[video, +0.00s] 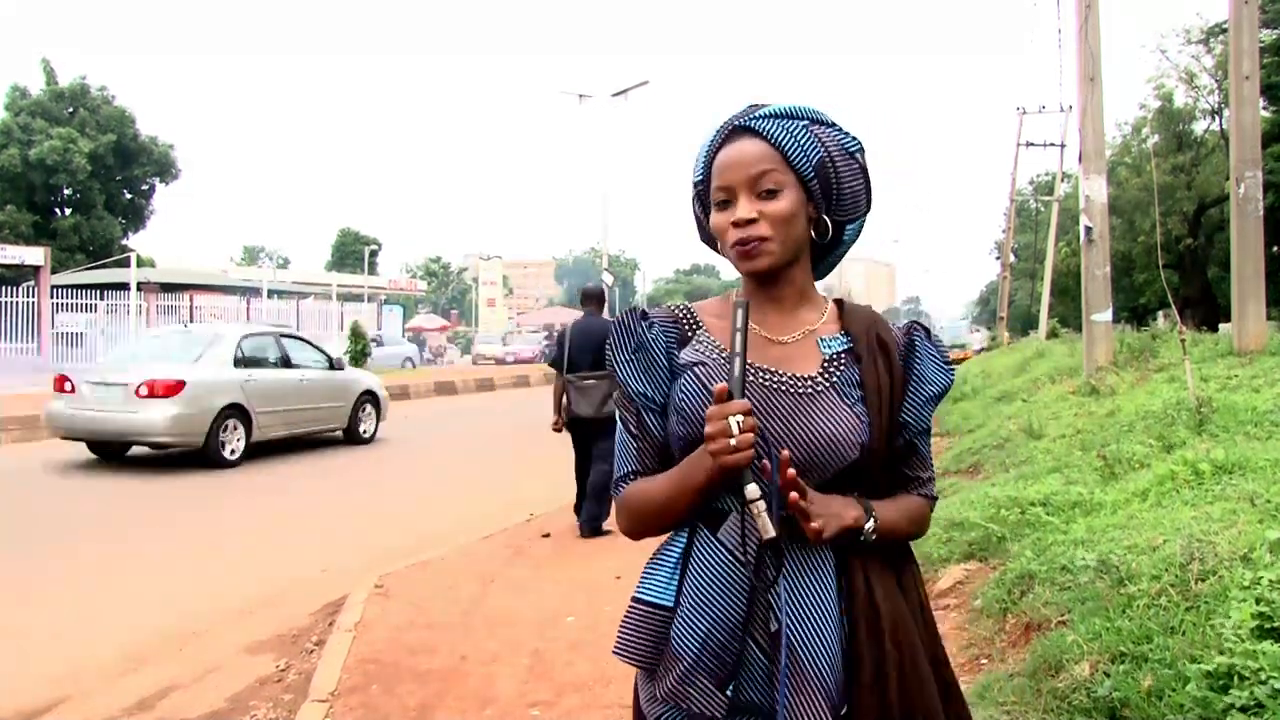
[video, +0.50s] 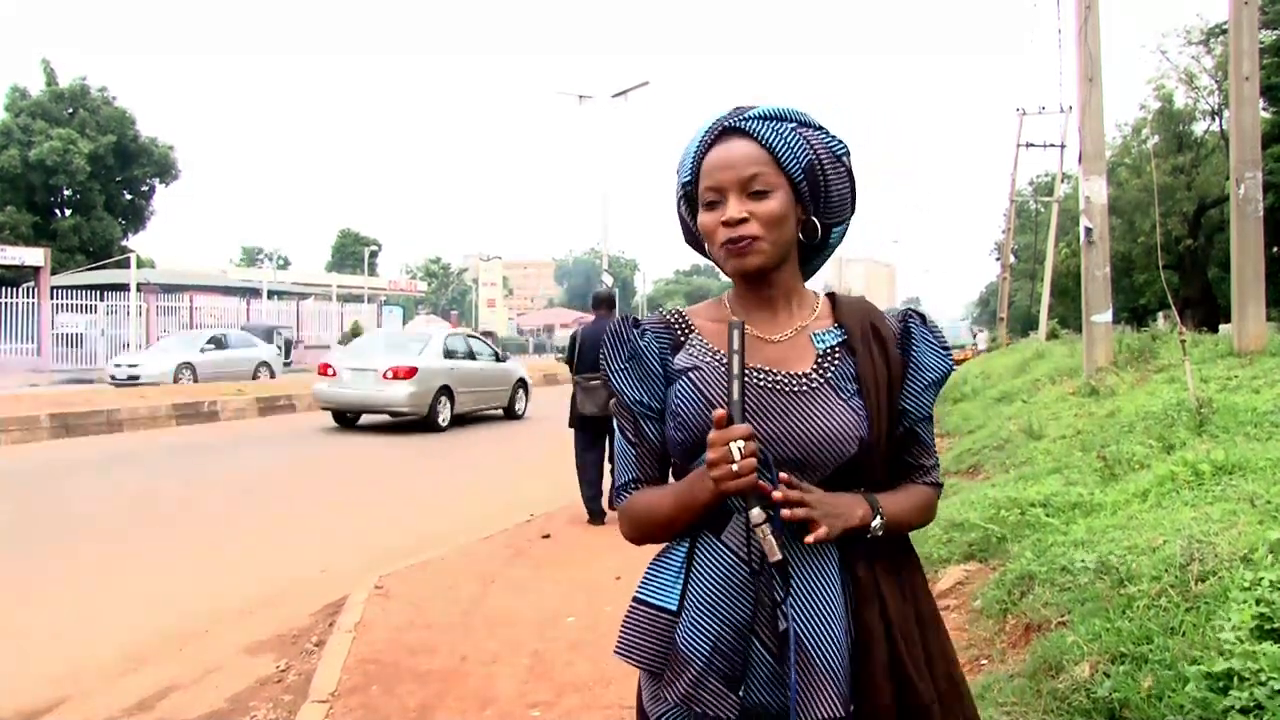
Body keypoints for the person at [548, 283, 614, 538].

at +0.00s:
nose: (598, 307)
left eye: (591, 302)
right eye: (602, 302)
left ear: (581, 304)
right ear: (604, 303)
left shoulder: (568, 333)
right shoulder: (614, 330)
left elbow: (560, 376)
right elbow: (625, 372)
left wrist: (556, 412)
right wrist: (629, 406)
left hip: (577, 406)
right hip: (607, 405)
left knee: (582, 459)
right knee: (603, 462)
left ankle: (582, 509)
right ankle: (591, 522)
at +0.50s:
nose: (604, 311)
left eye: (600, 307)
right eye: (610, 308)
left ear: (592, 308)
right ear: (614, 308)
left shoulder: (580, 334)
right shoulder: (623, 333)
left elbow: (571, 364)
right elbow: (629, 367)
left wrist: (584, 387)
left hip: (586, 403)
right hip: (618, 401)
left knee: (588, 456)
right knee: (620, 450)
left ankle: (595, 511)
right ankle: (619, 496)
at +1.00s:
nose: (625, 314)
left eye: (622, 309)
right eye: (630, 310)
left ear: (617, 309)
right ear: (637, 310)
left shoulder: (605, 334)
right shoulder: (644, 336)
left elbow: (596, 363)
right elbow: (649, 368)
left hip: (611, 400)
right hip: (637, 399)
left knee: (612, 444)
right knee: (634, 444)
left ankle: (611, 480)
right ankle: (627, 493)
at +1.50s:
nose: (638, 314)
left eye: (634, 310)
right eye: (642, 310)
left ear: (629, 311)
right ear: (647, 310)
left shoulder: (619, 334)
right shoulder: (654, 334)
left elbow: (612, 366)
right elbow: (661, 365)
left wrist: (614, 397)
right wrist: (661, 391)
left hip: (624, 401)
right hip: (649, 399)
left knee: (624, 443)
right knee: (649, 434)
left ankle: (633, 485)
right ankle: (643, 468)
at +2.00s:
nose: (666, 315)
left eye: (663, 311)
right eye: (669, 311)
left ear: (657, 312)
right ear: (673, 312)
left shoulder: (645, 333)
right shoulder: (681, 331)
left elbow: (635, 357)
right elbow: (689, 359)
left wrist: (645, 376)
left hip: (649, 389)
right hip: (675, 387)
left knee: (649, 429)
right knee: (674, 434)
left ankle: (640, 459)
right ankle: (667, 475)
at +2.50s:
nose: (682, 318)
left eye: (678, 315)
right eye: (684, 314)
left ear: (672, 316)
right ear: (688, 315)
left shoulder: (663, 337)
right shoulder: (697, 334)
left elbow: (658, 368)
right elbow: (705, 361)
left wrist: (657, 395)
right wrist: (710, 384)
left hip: (671, 385)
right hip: (693, 383)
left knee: (676, 425)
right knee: (687, 426)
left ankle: (676, 458)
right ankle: (678, 463)